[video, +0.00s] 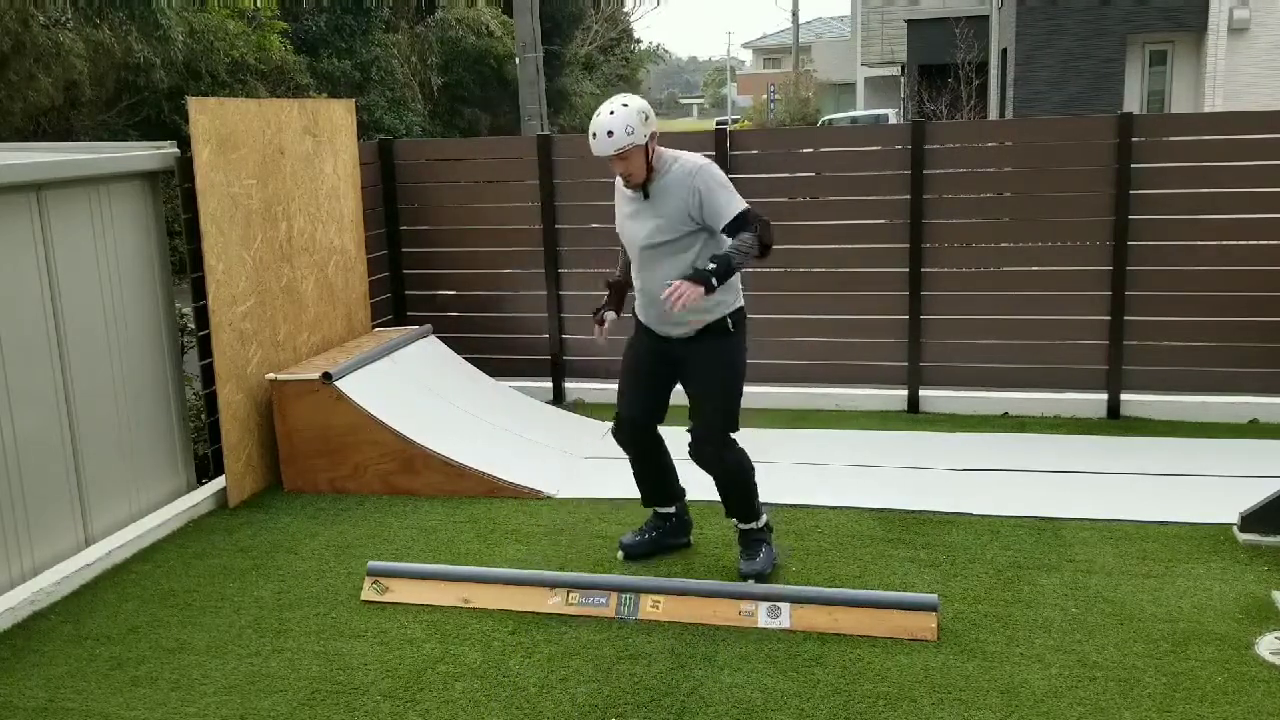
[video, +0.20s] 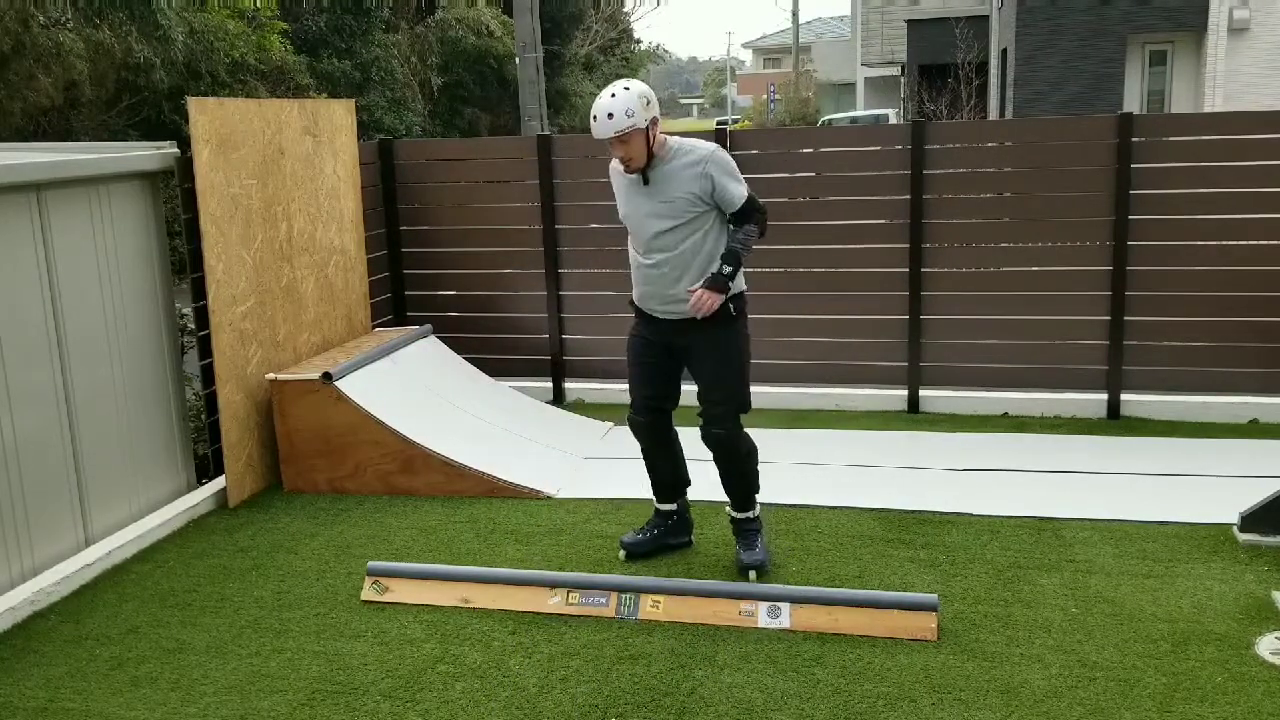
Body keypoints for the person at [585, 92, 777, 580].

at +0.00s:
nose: (617, 168)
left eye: (624, 156)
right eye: (611, 159)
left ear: (650, 142)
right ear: (607, 152)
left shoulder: (697, 173)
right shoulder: (623, 185)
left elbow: (752, 235)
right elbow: (637, 244)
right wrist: (617, 292)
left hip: (713, 330)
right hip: (653, 331)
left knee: (711, 443)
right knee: (632, 427)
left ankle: (753, 532)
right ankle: (670, 521)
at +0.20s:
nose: (616, 152)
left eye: (623, 140)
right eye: (610, 143)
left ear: (653, 128)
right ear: (606, 137)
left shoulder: (706, 161)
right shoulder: (619, 171)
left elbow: (750, 218)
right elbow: (647, 230)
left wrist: (720, 281)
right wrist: (648, 291)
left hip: (713, 319)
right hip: (653, 320)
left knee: (721, 427)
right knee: (648, 419)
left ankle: (747, 525)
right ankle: (672, 520)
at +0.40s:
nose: (619, 162)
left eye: (627, 150)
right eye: (613, 153)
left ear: (655, 140)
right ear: (608, 147)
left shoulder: (705, 170)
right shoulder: (617, 180)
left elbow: (753, 231)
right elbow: (647, 237)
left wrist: (712, 291)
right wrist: (650, 292)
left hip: (715, 321)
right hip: (649, 319)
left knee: (727, 430)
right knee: (622, 416)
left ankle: (745, 524)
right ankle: (641, 507)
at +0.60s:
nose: (603, 199)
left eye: (612, 187)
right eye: (595, 189)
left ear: (634, 174)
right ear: (585, 181)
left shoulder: (678, 195)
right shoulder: (589, 201)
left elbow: (738, 248)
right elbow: (596, 247)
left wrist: (692, 306)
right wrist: (585, 292)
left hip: (703, 325)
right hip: (636, 326)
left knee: (719, 435)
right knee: (611, 427)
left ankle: (746, 526)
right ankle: (600, 531)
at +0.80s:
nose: (598, 239)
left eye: (606, 229)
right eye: (590, 231)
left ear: (628, 212)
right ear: (578, 219)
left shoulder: (671, 226)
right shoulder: (581, 230)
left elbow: (732, 285)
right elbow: (568, 262)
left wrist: (688, 340)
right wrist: (554, 314)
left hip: (701, 331)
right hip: (634, 330)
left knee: (712, 438)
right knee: (603, 427)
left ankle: (742, 533)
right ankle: (599, 533)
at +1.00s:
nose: (625, 263)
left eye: (635, 253)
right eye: (616, 252)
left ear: (653, 237)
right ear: (602, 235)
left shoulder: (686, 250)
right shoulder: (582, 249)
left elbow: (753, 283)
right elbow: (533, 296)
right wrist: (514, 339)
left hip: (696, 349)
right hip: (625, 352)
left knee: (704, 454)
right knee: (588, 445)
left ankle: (741, 537)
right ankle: (601, 532)